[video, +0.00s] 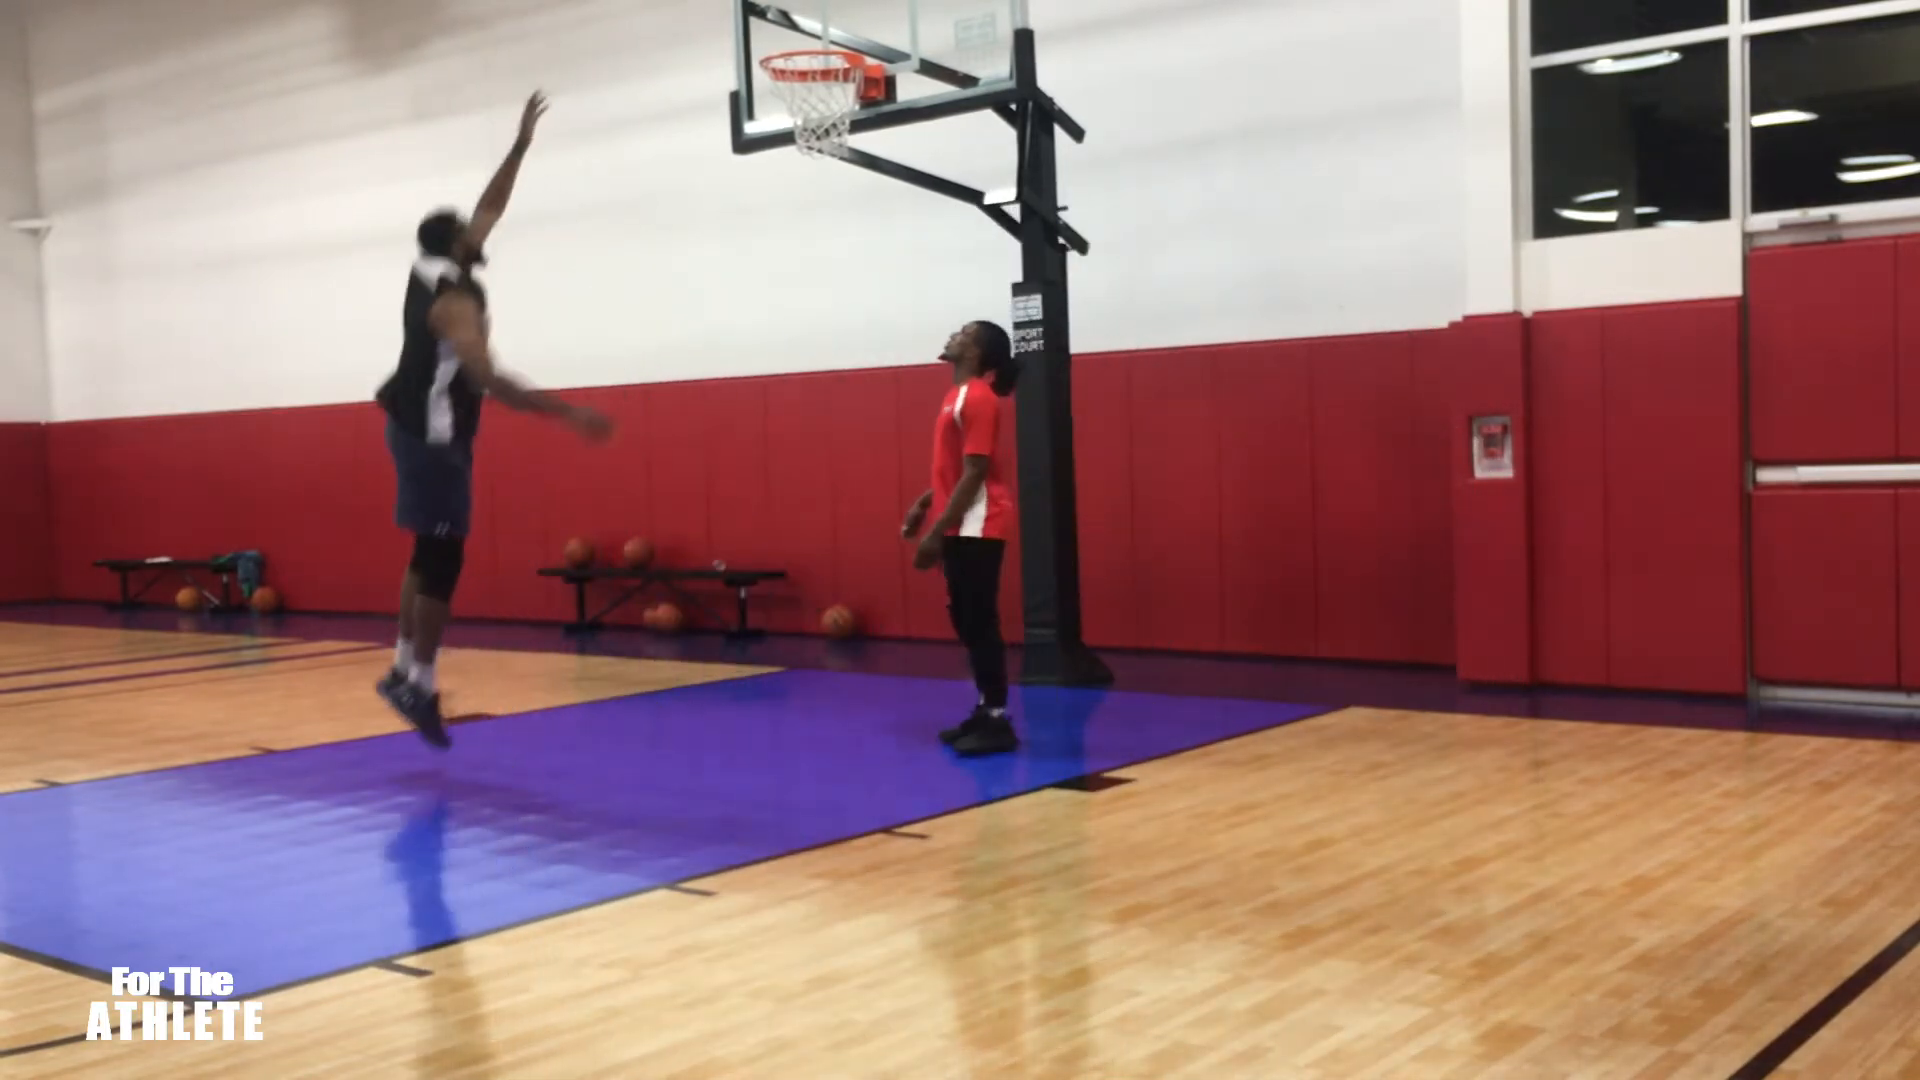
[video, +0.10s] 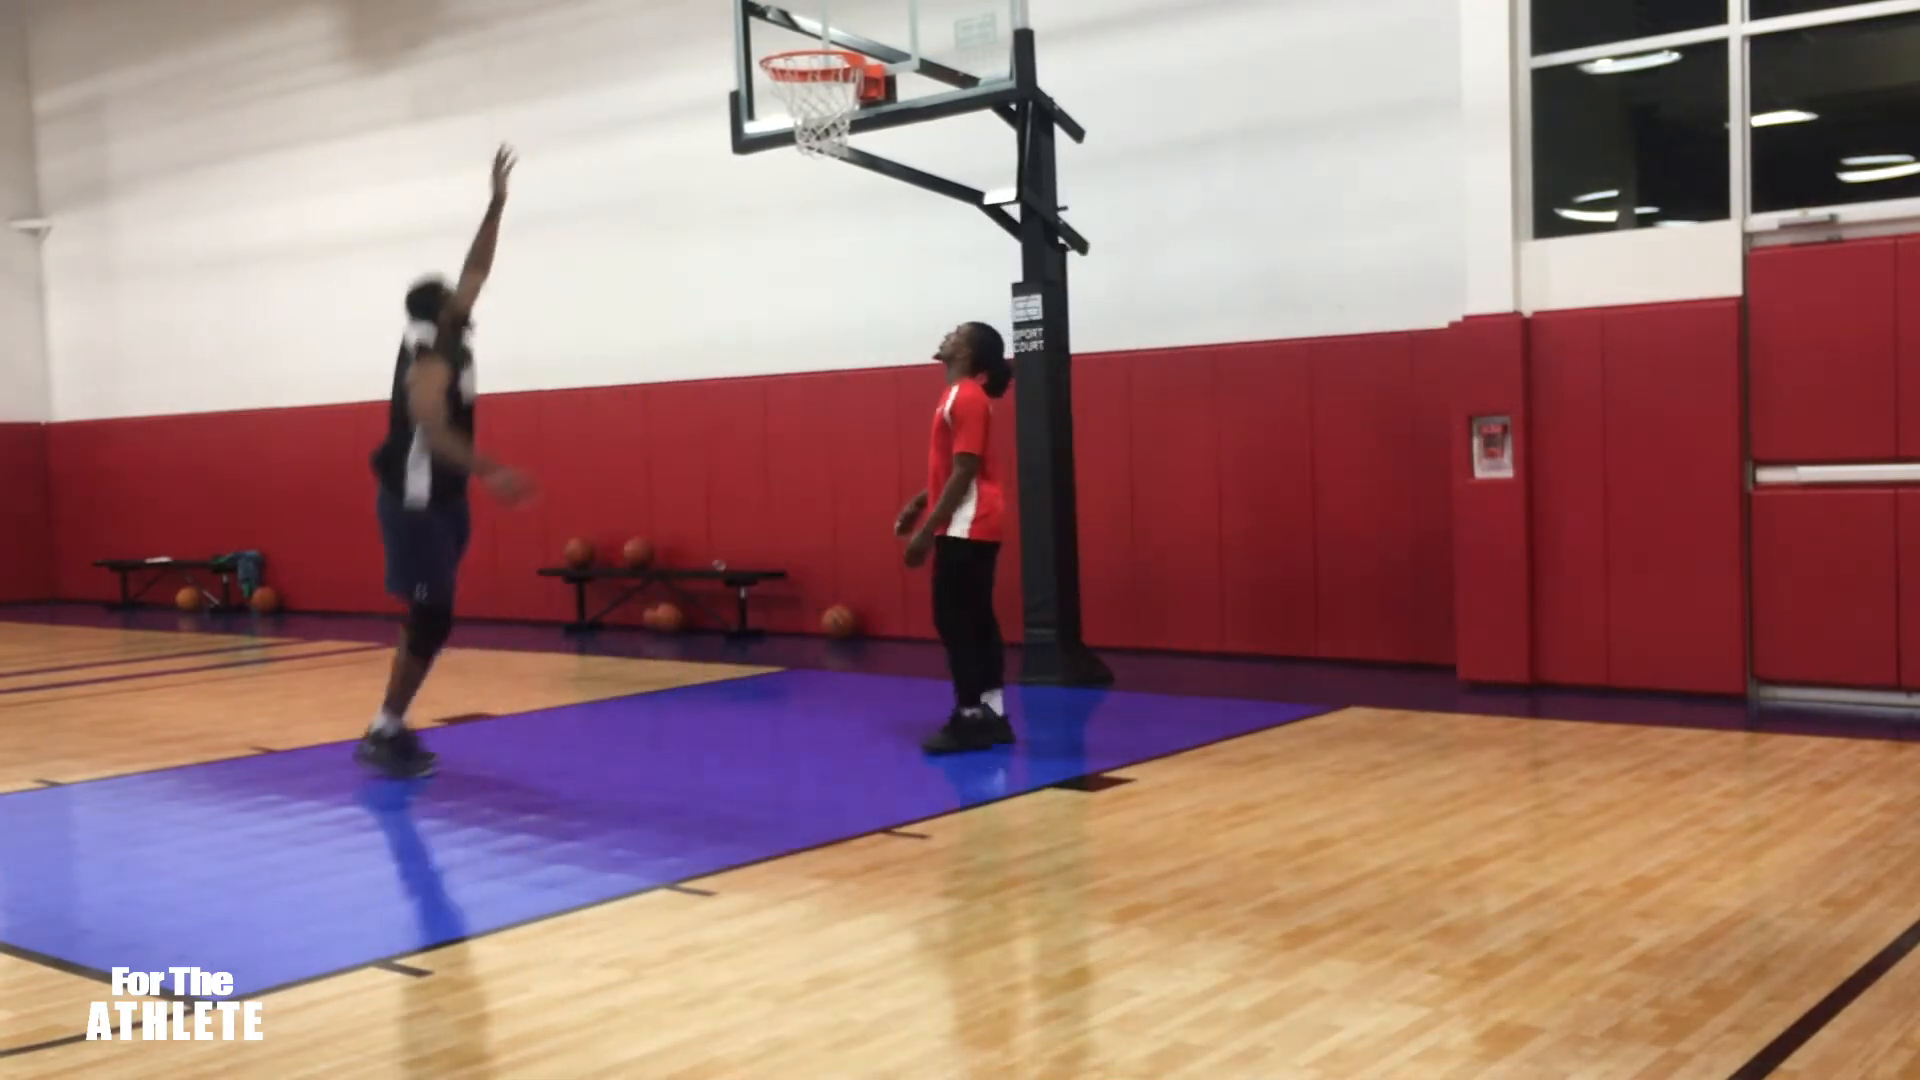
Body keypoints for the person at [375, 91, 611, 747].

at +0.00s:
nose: (477, 234)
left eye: (472, 230)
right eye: (470, 233)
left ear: (439, 243)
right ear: (456, 246)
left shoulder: (434, 265)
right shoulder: (456, 299)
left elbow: (490, 207)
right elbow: (484, 375)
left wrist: (521, 145)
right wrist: (567, 412)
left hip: (415, 422)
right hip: (438, 433)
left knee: (431, 548)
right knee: (445, 554)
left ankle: (405, 669)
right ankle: (419, 682)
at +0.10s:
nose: (461, 305)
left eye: (458, 300)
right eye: (453, 301)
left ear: (435, 312)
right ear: (436, 313)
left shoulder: (446, 333)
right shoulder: (429, 360)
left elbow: (476, 268)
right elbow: (433, 432)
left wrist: (495, 204)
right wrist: (491, 469)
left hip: (433, 496)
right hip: (416, 500)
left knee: (431, 617)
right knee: (430, 618)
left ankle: (391, 724)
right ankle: (385, 728)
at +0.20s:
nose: (457, 336)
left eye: (451, 330)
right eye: (447, 334)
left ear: (433, 350)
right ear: (431, 351)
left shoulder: (448, 382)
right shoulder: (415, 410)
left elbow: (474, 313)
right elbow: (389, 471)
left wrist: (492, 247)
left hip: (434, 542)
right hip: (416, 545)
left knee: (444, 634)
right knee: (466, 634)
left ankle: (385, 733)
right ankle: (392, 730)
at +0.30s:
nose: (451, 328)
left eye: (445, 321)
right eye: (443, 324)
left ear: (424, 340)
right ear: (424, 340)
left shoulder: (439, 376)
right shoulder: (397, 401)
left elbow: (476, 311)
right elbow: (362, 475)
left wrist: (511, 250)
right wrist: (330, 543)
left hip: (432, 532)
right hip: (418, 536)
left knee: (435, 631)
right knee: (480, 618)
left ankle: (383, 732)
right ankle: (416, 719)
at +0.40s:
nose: (442, 309)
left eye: (437, 302)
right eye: (433, 304)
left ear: (420, 320)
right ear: (413, 321)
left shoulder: (438, 360)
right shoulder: (385, 386)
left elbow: (475, 297)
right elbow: (347, 460)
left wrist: (507, 236)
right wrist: (319, 526)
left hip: (438, 519)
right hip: (416, 522)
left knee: (429, 617)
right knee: (464, 613)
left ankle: (386, 722)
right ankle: (405, 721)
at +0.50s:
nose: (438, 302)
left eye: (433, 295)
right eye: (429, 297)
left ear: (419, 313)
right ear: (408, 313)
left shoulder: (440, 350)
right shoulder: (381, 377)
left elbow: (475, 285)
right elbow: (346, 453)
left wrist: (498, 219)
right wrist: (319, 520)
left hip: (441, 514)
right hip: (411, 518)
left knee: (429, 616)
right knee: (440, 615)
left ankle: (388, 724)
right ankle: (385, 726)